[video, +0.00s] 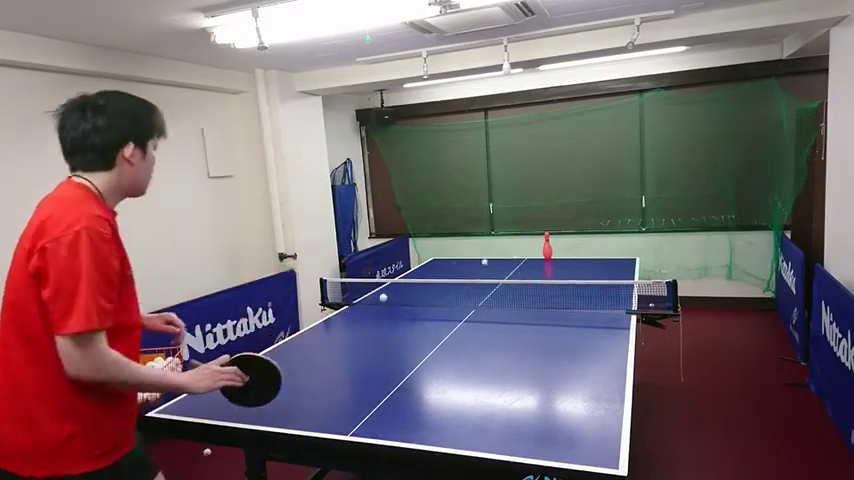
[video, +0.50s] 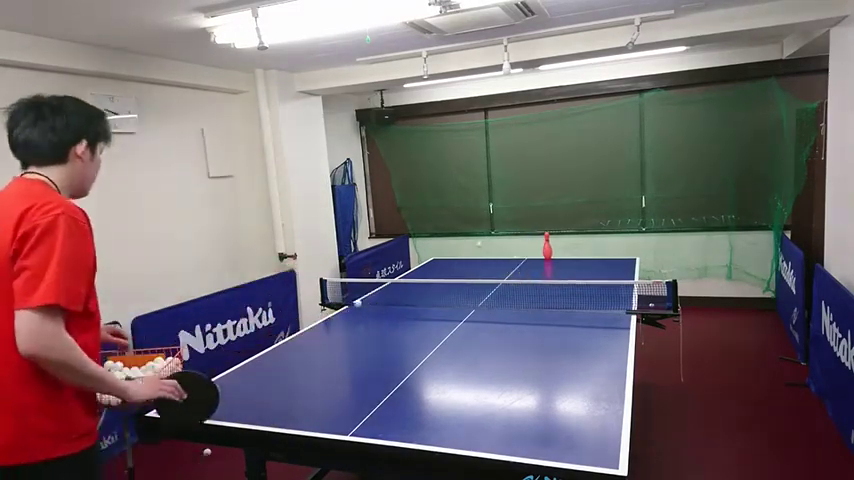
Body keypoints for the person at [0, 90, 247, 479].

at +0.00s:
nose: (154, 162)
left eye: (155, 151)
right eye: (152, 150)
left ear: (83, 149)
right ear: (128, 153)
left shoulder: (71, 206)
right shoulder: (79, 223)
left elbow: (70, 305)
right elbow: (84, 359)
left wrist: (141, 320)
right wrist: (185, 380)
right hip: (74, 453)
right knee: (151, 472)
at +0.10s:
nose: (136, 160)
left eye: (137, 148)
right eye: (134, 147)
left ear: (64, 146)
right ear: (110, 151)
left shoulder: (43, 203)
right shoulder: (71, 222)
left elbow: (45, 303)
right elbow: (58, 357)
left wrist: (125, 324)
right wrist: (158, 390)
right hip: (72, 455)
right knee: (142, 472)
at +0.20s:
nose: (124, 159)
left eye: (124, 147)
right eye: (122, 146)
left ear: (50, 146)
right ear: (98, 148)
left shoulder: (22, 204)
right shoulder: (66, 220)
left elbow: (28, 304)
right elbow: (41, 351)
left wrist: (112, 325)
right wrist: (140, 399)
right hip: (64, 457)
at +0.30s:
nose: (112, 158)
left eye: (113, 147)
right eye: (111, 146)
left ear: (39, 146)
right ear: (89, 147)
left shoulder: (14, 204)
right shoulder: (61, 218)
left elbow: (22, 304)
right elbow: (32, 347)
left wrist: (103, 328)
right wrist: (127, 402)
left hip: (19, 454)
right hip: (59, 456)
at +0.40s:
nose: (106, 160)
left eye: (107, 149)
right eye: (105, 148)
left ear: (34, 148)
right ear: (83, 149)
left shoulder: (13, 202)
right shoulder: (58, 215)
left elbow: (20, 303)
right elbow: (30, 342)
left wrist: (96, 329)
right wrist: (123, 399)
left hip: (17, 449)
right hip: (52, 452)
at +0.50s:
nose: (99, 167)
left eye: (101, 155)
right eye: (99, 154)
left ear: (30, 149)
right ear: (79, 151)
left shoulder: (10, 201)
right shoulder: (58, 214)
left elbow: (18, 304)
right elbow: (38, 337)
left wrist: (89, 332)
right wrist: (124, 388)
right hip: (49, 445)